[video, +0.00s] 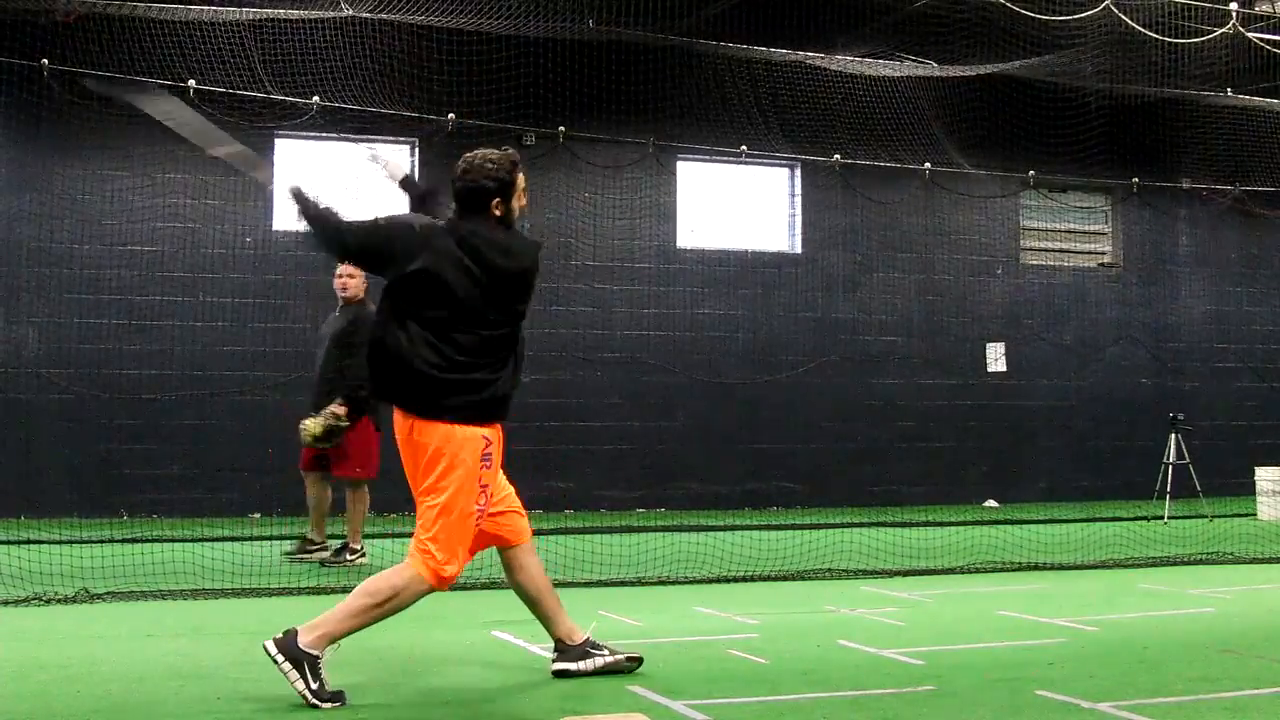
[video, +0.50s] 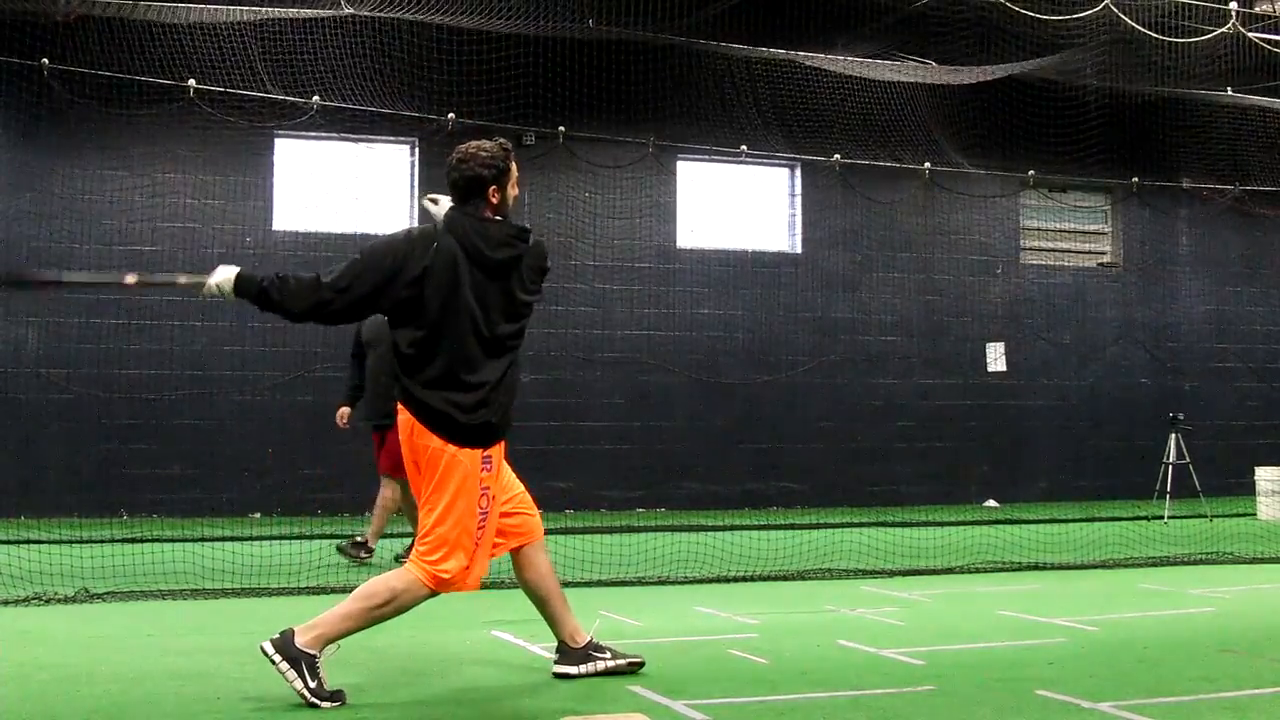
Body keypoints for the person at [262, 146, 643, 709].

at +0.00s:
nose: (525, 200)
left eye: (523, 191)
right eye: (520, 193)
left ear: (465, 197)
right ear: (501, 202)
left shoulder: (418, 236)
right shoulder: (520, 254)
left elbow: (344, 239)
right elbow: (457, 227)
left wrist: (315, 214)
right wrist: (411, 184)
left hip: (429, 419)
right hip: (464, 425)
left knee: (513, 532)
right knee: (433, 565)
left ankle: (572, 644)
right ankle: (304, 643)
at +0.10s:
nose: (522, 194)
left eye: (520, 184)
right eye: (518, 186)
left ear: (467, 193)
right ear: (495, 197)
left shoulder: (407, 243)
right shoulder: (518, 242)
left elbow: (314, 258)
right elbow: (467, 230)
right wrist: (418, 208)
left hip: (423, 417)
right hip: (467, 423)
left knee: (514, 528)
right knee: (430, 565)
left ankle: (573, 643)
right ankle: (301, 644)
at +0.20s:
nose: (516, 192)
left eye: (514, 183)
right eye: (512, 184)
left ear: (464, 191)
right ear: (491, 196)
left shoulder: (414, 244)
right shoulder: (516, 251)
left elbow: (319, 287)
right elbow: (482, 237)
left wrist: (225, 277)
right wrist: (442, 205)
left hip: (426, 419)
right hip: (456, 427)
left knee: (514, 532)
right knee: (434, 565)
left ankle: (574, 643)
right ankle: (301, 645)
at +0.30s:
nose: (517, 194)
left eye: (514, 184)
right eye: (512, 186)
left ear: (463, 194)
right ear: (491, 199)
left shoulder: (415, 248)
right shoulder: (519, 253)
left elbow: (326, 299)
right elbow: (486, 246)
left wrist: (230, 297)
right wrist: (448, 209)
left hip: (422, 421)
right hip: (461, 431)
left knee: (514, 532)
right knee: (436, 568)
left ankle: (573, 644)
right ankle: (301, 644)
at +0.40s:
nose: (517, 193)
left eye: (515, 184)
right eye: (513, 186)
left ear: (462, 192)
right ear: (494, 196)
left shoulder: (417, 249)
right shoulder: (520, 252)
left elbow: (330, 301)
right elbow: (490, 247)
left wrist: (235, 300)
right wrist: (449, 213)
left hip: (426, 419)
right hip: (459, 430)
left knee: (518, 530)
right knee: (434, 570)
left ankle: (574, 645)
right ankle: (301, 643)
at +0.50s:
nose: (519, 192)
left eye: (517, 184)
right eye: (516, 185)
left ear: (459, 192)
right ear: (496, 195)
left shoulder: (415, 249)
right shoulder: (525, 253)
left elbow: (326, 296)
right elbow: (500, 250)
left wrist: (241, 282)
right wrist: (457, 216)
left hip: (430, 419)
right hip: (461, 430)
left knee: (523, 527)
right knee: (437, 569)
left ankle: (576, 646)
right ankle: (301, 644)